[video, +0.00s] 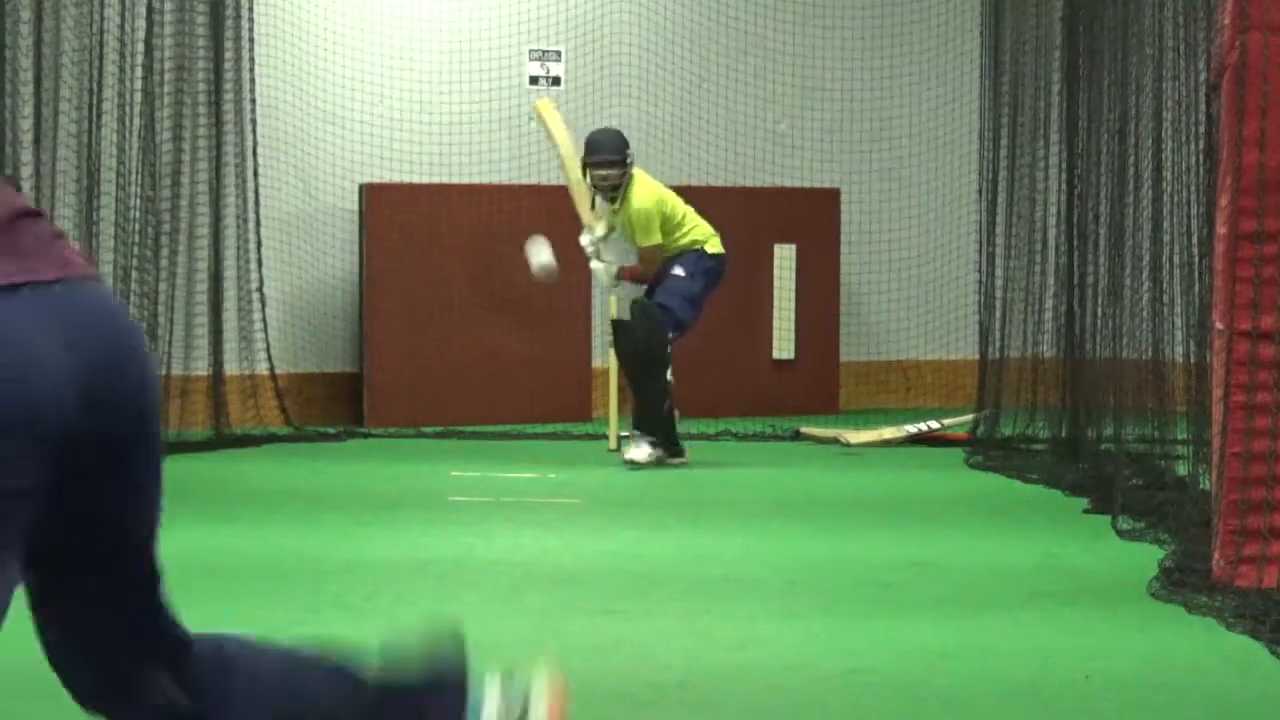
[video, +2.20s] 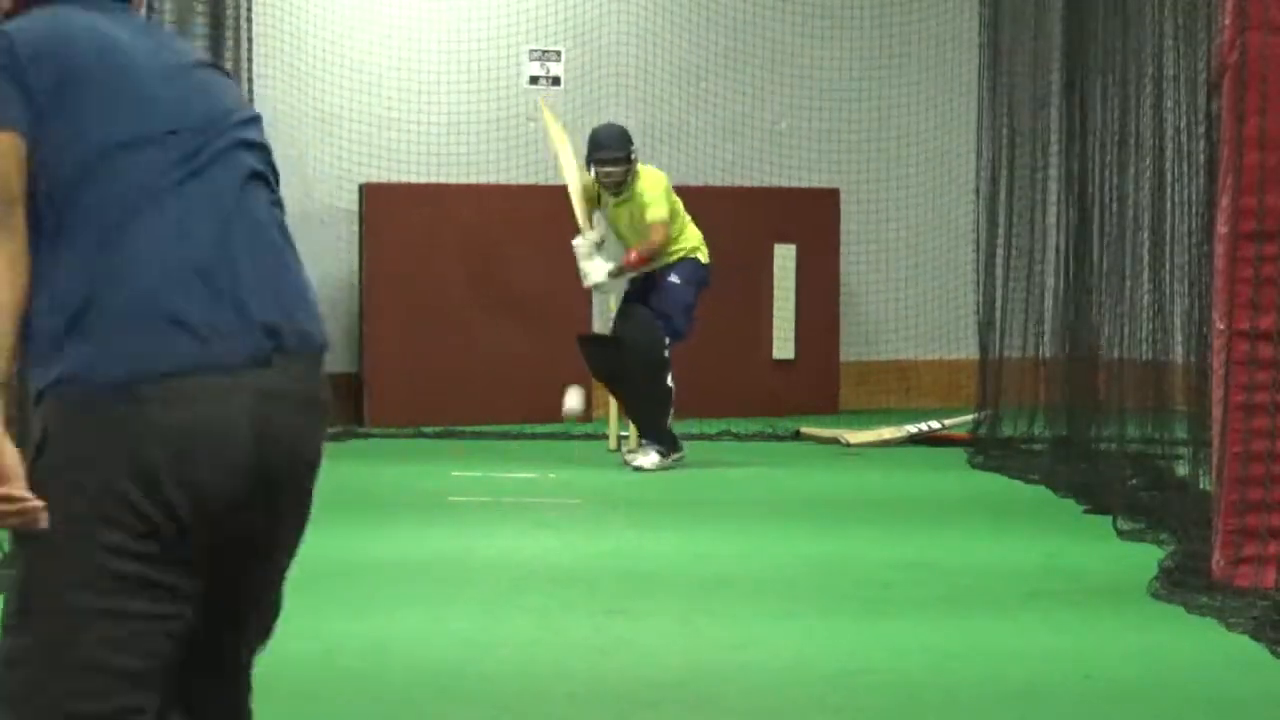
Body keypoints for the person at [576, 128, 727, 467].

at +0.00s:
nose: (607, 176)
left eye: (614, 167)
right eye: (599, 168)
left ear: (626, 166)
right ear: (587, 171)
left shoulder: (641, 201)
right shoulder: (604, 188)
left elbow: (651, 272)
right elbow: (604, 216)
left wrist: (616, 271)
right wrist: (596, 234)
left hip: (700, 253)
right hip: (672, 255)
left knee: (650, 331)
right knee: (637, 336)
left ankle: (655, 438)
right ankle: (664, 441)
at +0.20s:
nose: (601, 191)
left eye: (608, 183)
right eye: (593, 185)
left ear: (620, 173)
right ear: (582, 179)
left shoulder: (641, 184)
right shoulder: (583, 195)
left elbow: (658, 239)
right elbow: (591, 234)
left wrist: (625, 281)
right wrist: (596, 256)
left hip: (681, 257)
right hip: (644, 262)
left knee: (648, 340)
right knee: (614, 342)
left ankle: (622, 443)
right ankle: (663, 438)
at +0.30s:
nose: (602, 188)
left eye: (608, 179)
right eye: (593, 181)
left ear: (621, 170)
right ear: (582, 176)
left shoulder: (639, 166)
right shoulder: (582, 206)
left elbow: (660, 168)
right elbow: (611, 248)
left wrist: (643, 222)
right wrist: (624, 257)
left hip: (675, 254)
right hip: (635, 266)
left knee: (650, 339)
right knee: (619, 344)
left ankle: (623, 442)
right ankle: (663, 437)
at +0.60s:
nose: (607, 174)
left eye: (614, 166)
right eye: (598, 169)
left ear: (626, 151)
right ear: (584, 159)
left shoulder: (646, 151)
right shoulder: (580, 187)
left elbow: (690, 162)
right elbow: (614, 234)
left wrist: (690, 220)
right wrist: (655, 254)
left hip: (662, 255)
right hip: (613, 260)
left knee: (648, 345)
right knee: (603, 345)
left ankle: (633, 438)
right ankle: (616, 421)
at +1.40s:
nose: (587, 128)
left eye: (594, 119)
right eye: (578, 121)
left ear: (604, 117)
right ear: (564, 123)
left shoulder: (627, 136)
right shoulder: (554, 160)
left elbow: (689, 148)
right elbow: (574, 218)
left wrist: (684, 183)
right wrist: (628, 213)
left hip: (625, 249)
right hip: (576, 254)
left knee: (640, 319)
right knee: (571, 342)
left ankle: (628, 434)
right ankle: (574, 443)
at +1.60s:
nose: (625, 159)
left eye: (633, 151)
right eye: (618, 152)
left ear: (648, 152)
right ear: (609, 155)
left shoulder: (655, 189)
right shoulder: (635, 185)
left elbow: (649, 261)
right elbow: (640, 239)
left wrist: (651, 279)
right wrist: (638, 260)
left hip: (708, 264)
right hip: (687, 264)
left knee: (656, 346)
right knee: (645, 344)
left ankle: (675, 449)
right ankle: (661, 443)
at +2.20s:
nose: (610, 173)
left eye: (617, 165)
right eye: (602, 166)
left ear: (631, 161)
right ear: (592, 166)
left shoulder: (650, 181)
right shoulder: (593, 186)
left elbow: (658, 240)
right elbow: (589, 218)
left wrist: (616, 268)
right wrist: (592, 237)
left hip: (682, 259)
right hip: (643, 267)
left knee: (650, 339)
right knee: (624, 340)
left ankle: (659, 443)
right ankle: (657, 439)